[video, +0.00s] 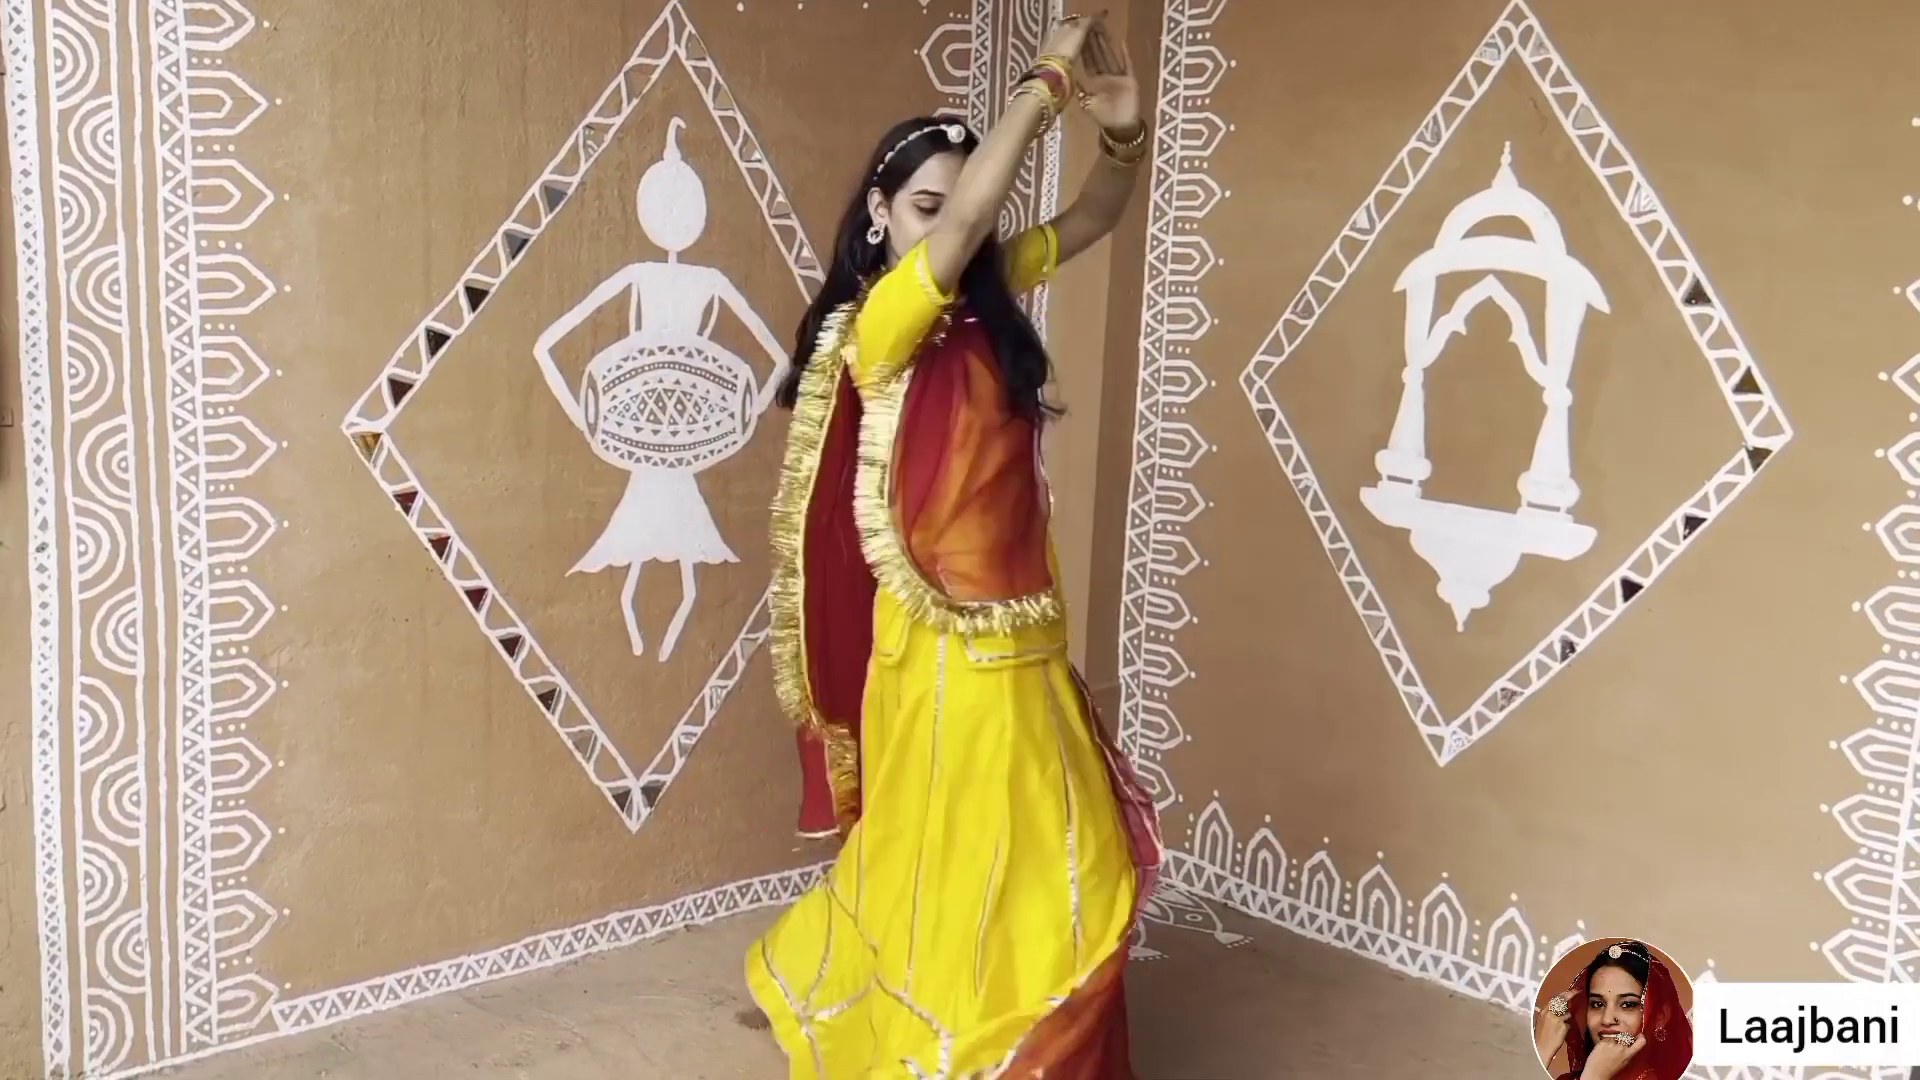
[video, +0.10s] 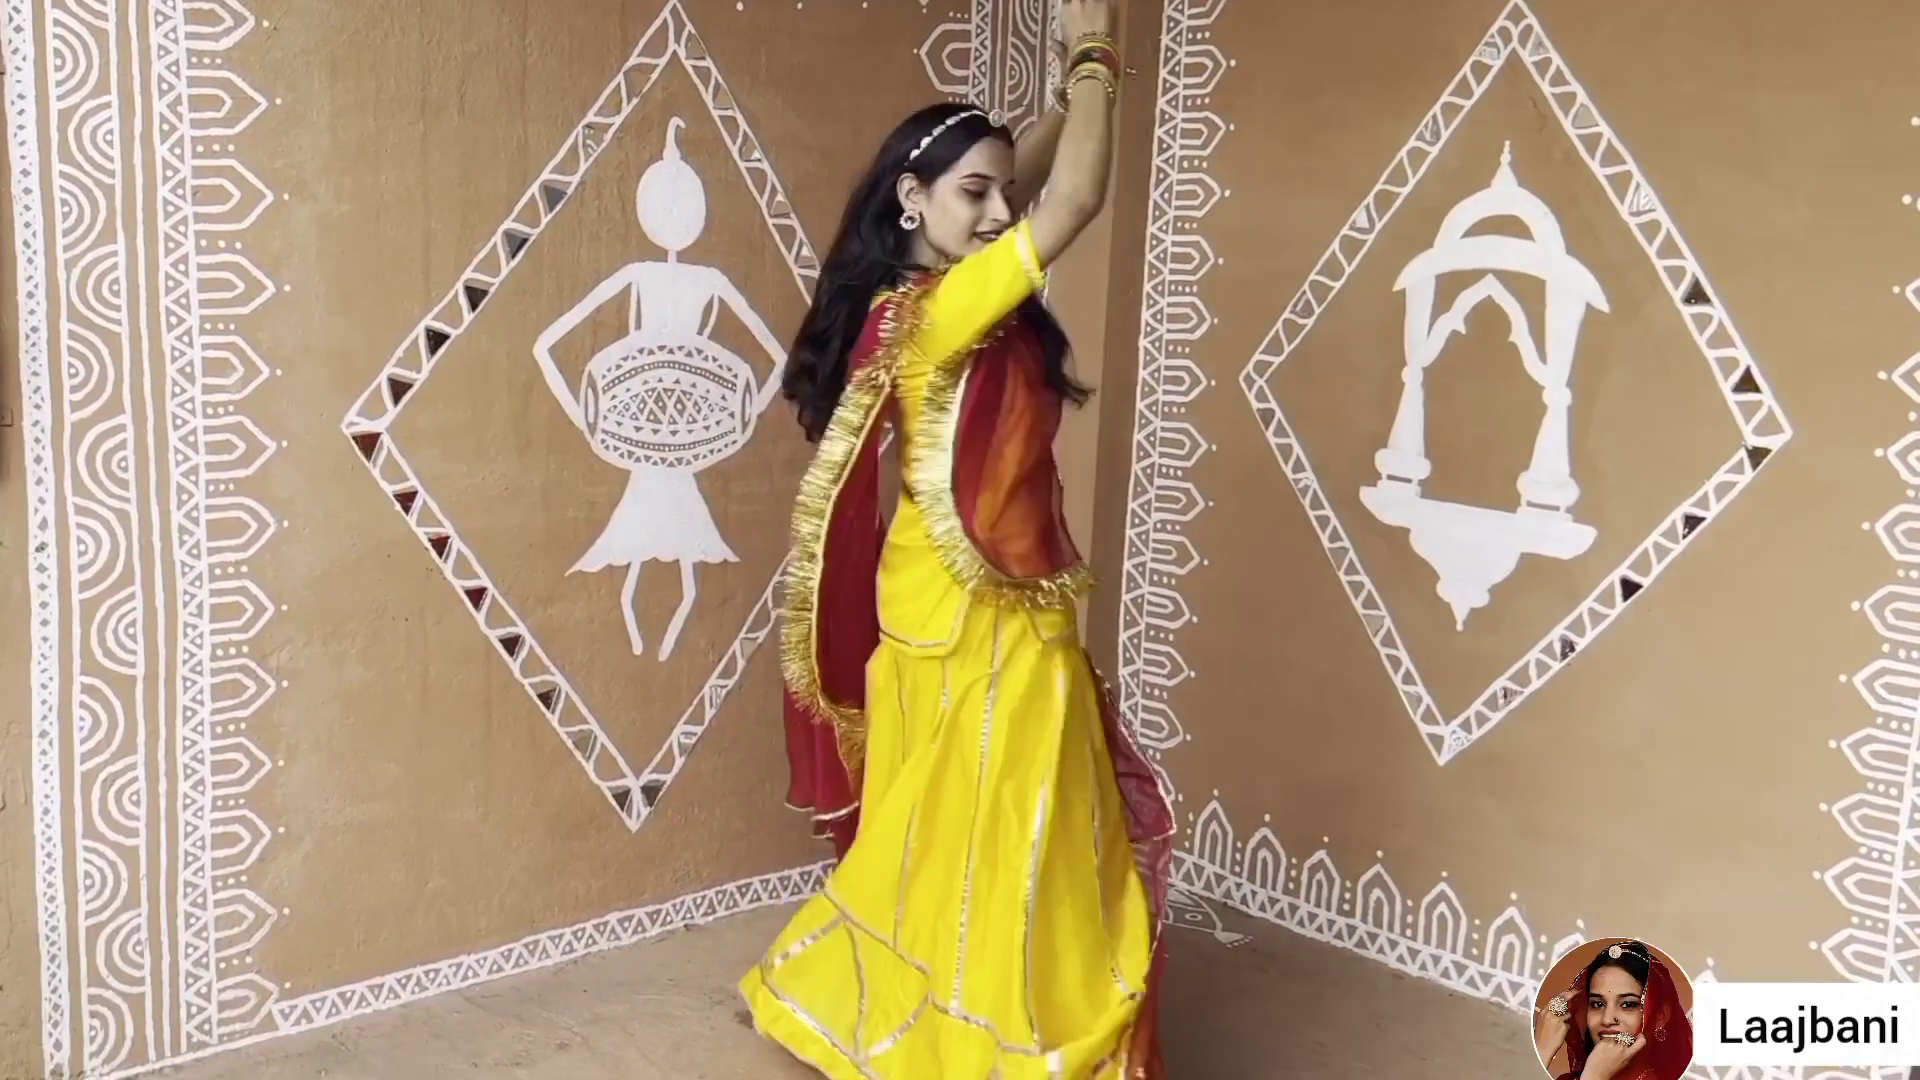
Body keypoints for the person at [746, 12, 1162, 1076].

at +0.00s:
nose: (946, 223)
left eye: (963, 203)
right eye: (924, 203)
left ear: (978, 212)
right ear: (876, 219)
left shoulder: (984, 290)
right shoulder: (871, 332)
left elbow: (1091, 218)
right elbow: (960, 233)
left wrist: (1127, 137)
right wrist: (1043, 88)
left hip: (1027, 641)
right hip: (950, 653)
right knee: (1070, 881)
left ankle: (799, 974)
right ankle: (1008, 1060)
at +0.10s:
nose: (999, 213)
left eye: (1006, 191)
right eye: (976, 190)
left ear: (996, 196)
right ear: (912, 198)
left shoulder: (932, 299)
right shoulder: (934, 311)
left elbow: (1023, 168)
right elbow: (1072, 205)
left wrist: (1070, 55)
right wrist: (1091, 62)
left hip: (951, 588)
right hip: (974, 602)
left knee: (930, 819)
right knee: (1028, 830)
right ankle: (1014, 1044)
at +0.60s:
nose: (936, 234)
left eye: (946, 219)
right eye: (945, 216)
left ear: (965, 236)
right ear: (1051, 222)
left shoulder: (961, 305)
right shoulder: (1077, 316)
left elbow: (871, 209)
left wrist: (876, 109)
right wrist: (927, 157)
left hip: (931, 588)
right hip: (1022, 597)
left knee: (911, 789)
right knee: (999, 793)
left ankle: (904, 1015)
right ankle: (1002, 1003)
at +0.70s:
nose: (897, 220)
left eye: (907, 203)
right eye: (898, 203)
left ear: (956, 213)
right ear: (928, 215)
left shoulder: (1013, 324)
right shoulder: (915, 304)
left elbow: (997, 202)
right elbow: (810, 258)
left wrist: (943, 90)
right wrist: (844, 158)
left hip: (979, 635)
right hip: (895, 626)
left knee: (910, 861)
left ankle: (949, 1052)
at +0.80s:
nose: (875, 216)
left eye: (895, 198)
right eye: (875, 198)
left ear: (956, 208)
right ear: (903, 209)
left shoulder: (1004, 329)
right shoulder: (883, 308)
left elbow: (1068, 197)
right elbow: (752, 256)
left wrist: (994, 80)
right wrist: (825, 149)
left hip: (980, 640)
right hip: (878, 630)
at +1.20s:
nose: (959, 247)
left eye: (965, 227)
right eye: (935, 224)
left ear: (974, 236)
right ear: (872, 235)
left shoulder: (932, 345)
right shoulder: (858, 358)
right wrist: (1042, 212)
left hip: (978, 641)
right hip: (896, 657)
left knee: (1032, 871)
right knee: (912, 887)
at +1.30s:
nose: (979, 234)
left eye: (977, 216)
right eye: (962, 216)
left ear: (910, 232)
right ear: (903, 229)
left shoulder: (864, 342)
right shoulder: (909, 355)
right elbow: (1099, 332)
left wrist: (1005, 393)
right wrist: (1060, 224)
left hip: (945, 620)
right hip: (891, 633)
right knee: (913, 855)